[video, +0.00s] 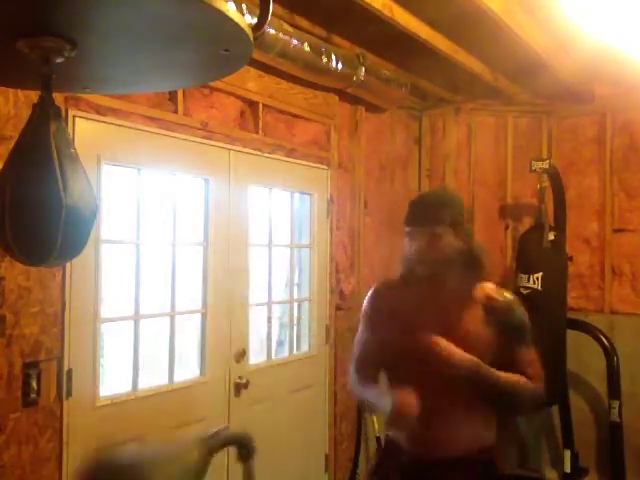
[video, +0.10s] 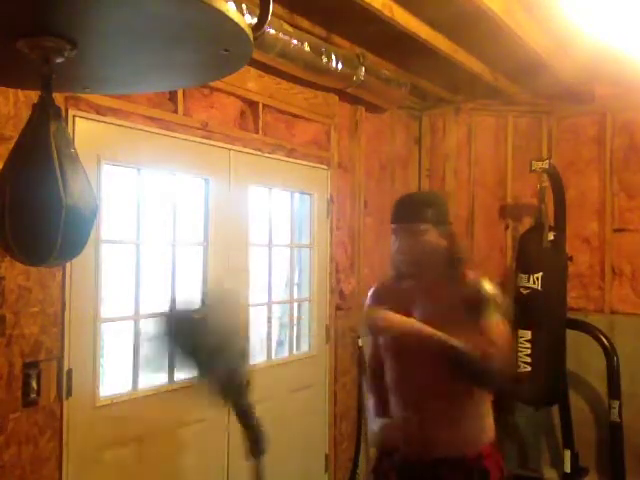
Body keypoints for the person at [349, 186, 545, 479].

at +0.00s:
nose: (424, 248)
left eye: (436, 236)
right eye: (414, 236)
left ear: (461, 237)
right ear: (405, 240)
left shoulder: (499, 305)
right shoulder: (385, 299)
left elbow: (535, 391)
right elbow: (360, 377)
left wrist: (467, 366)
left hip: (473, 463)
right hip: (403, 464)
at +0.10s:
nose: (404, 246)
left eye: (417, 234)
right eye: (398, 235)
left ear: (445, 237)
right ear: (392, 240)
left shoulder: (477, 293)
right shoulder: (385, 297)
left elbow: (497, 368)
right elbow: (375, 366)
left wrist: (413, 330)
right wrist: (379, 419)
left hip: (468, 461)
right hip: (405, 460)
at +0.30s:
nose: (390, 251)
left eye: (403, 238)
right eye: (387, 240)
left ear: (434, 240)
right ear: (383, 243)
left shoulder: (458, 285)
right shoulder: (401, 303)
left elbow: (419, 337)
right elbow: (421, 387)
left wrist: (339, 333)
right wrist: (378, 403)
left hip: (466, 463)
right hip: (414, 458)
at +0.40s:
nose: (398, 250)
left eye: (412, 237)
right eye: (394, 239)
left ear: (443, 242)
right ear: (391, 243)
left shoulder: (473, 295)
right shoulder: (396, 306)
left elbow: (493, 380)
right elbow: (398, 376)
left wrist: (414, 387)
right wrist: (378, 385)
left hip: (472, 464)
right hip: (412, 460)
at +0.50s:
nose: (419, 245)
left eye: (430, 232)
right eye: (412, 234)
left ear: (457, 235)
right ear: (404, 239)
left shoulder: (501, 300)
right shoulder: (391, 303)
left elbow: (545, 383)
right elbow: (352, 372)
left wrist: (486, 406)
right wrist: (356, 344)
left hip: (479, 463)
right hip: (412, 462)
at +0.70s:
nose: (423, 245)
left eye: (436, 234)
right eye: (415, 234)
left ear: (463, 237)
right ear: (408, 238)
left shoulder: (504, 306)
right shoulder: (386, 296)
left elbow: (540, 390)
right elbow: (343, 356)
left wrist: (475, 376)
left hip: (475, 464)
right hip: (403, 463)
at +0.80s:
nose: (417, 246)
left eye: (430, 234)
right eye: (409, 234)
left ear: (456, 236)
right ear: (401, 239)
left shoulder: (494, 302)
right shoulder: (382, 301)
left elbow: (527, 385)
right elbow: (359, 376)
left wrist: (452, 351)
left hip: (470, 462)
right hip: (401, 463)